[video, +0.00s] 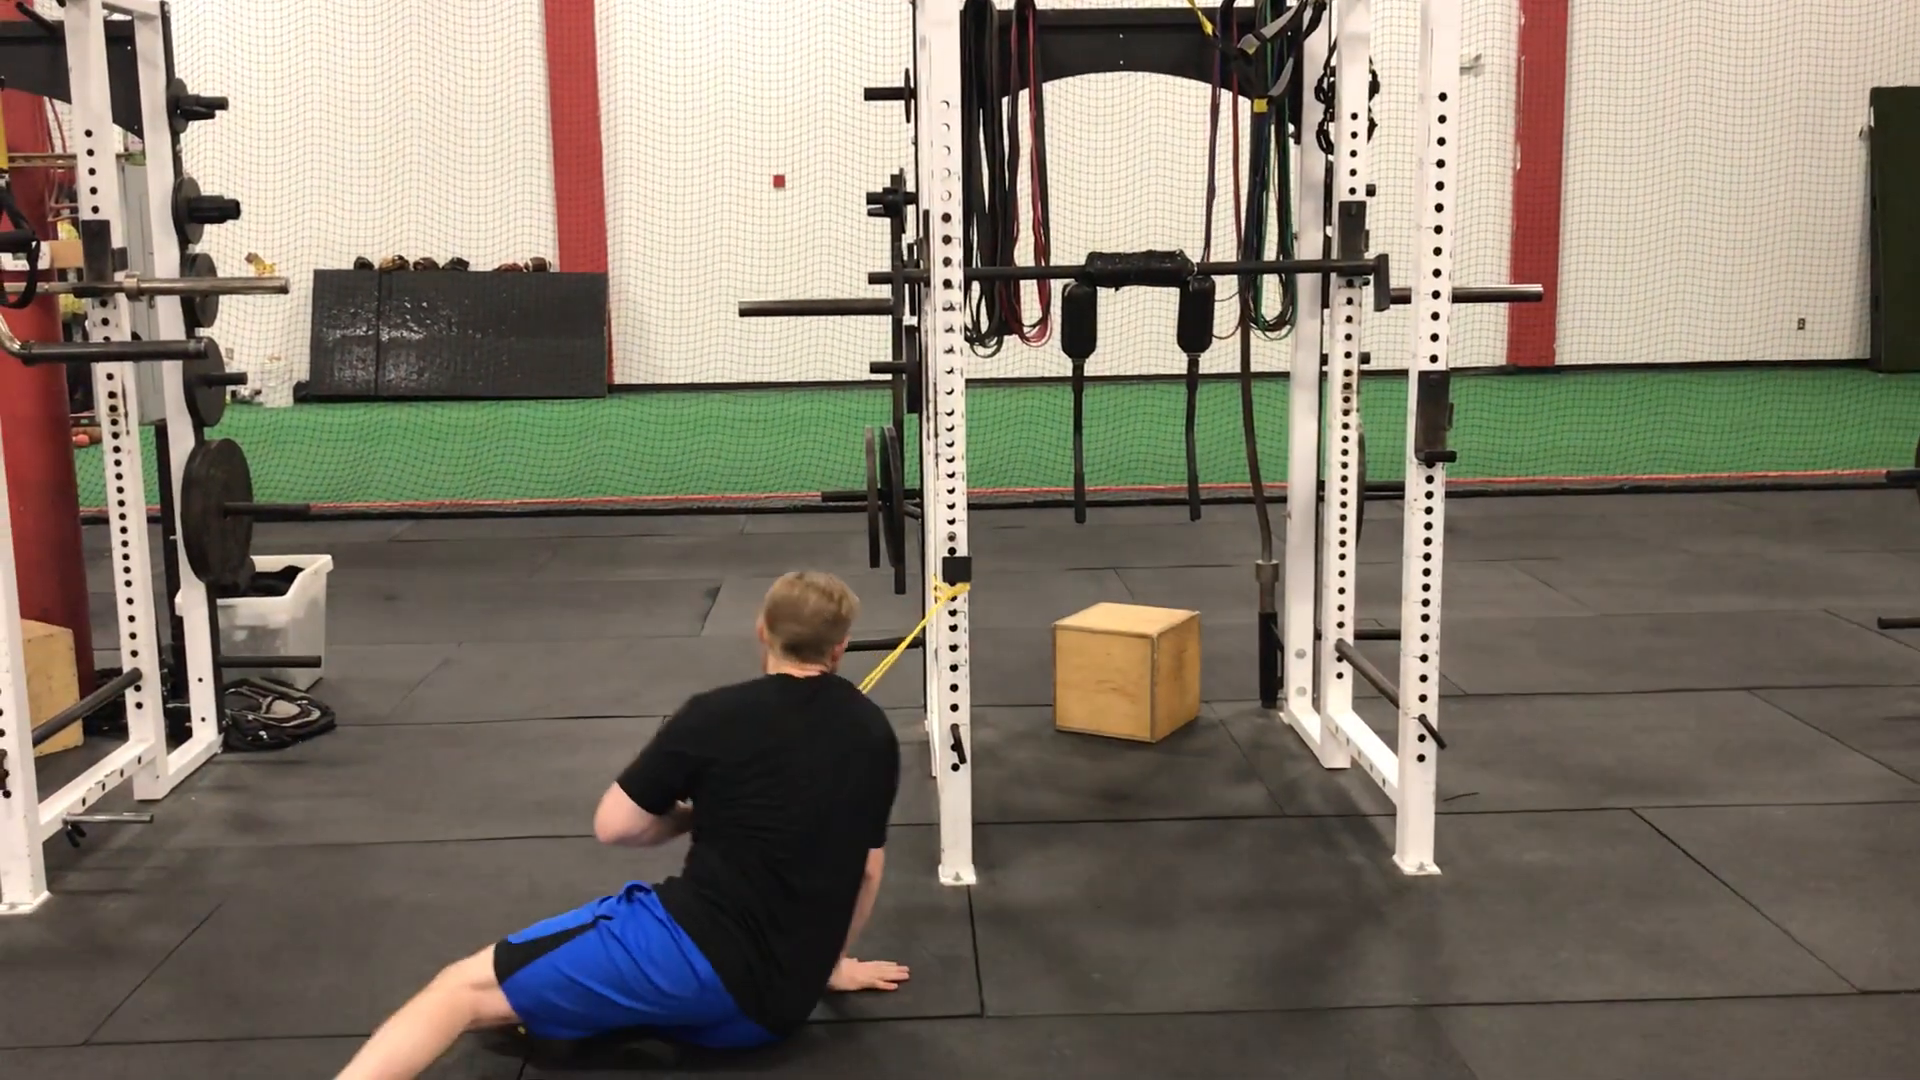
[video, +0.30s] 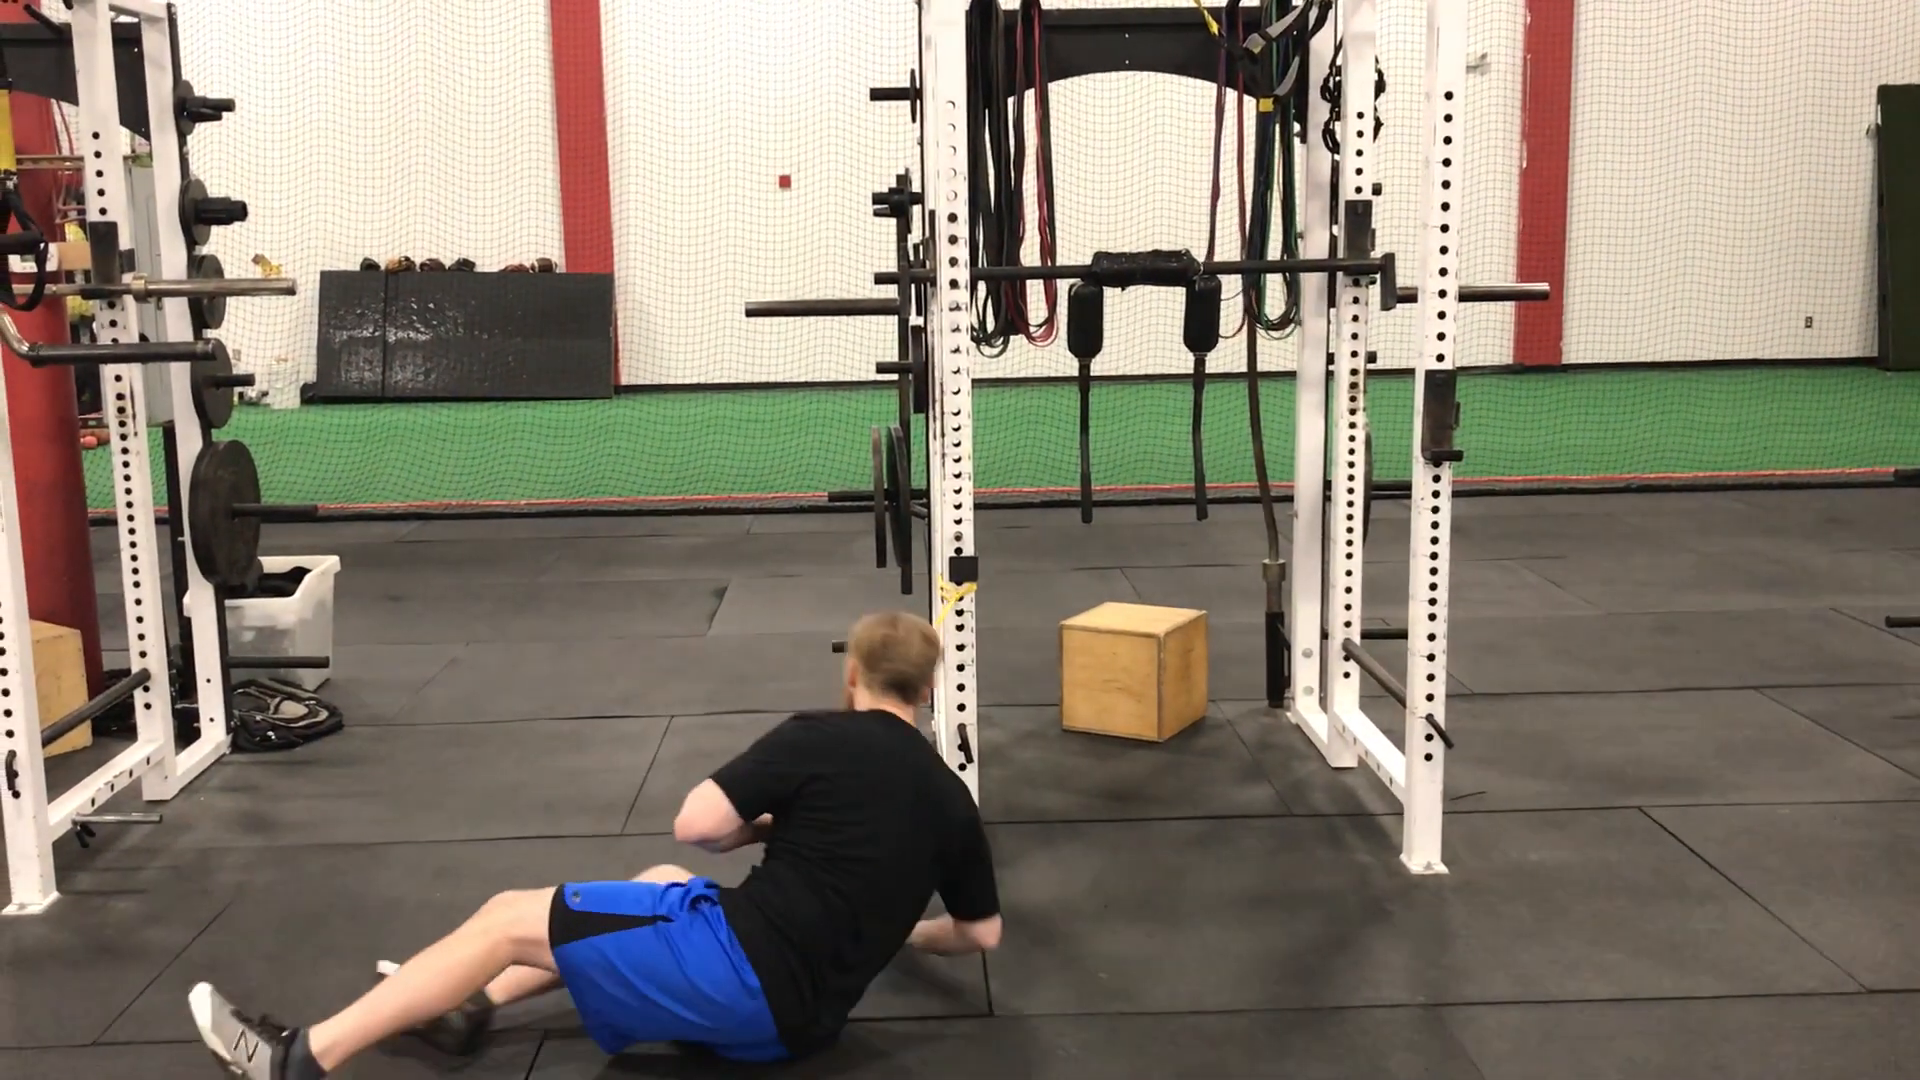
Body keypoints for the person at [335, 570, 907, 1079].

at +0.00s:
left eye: (764, 626)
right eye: (840, 642)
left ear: (761, 635)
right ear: (842, 649)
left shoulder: (718, 715)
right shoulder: (874, 731)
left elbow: (615, 826)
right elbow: (867, 871)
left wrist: (697, 811)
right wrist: (837, 962)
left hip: (686, 950)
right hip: (773, 1003)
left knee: (463, 987)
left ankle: (357, 1071)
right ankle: (523, 1013)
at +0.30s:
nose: (843, 681)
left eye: (845, 671)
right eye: (859, 676)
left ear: (853, 676)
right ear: (932, 695)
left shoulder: (814, 737)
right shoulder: (952, 796)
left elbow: (697, 826)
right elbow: (979, 937)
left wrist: (766, 827)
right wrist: (895, 924)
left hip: (730, 957)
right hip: (794, 1015)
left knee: (506, 920)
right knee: (666, 885)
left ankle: (304, 1054)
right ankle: (472, 1002)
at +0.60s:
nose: (922, 711)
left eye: (930, 705)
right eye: (937, 708)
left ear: (938, 718)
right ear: (996, 763)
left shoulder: (890, 749)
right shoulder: (980, 850)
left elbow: (750, 742)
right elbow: (1000, 994)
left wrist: (820, 825)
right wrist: (953, 929)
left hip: (752, 969)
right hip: (789, 1010)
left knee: (548, 867)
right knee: (580, 922)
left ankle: (372, 1042)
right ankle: (413, 995)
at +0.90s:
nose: (924, 717)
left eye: (932, 712)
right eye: (939, 715)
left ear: (938, 727)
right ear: (994, 784)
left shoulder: (875, 745)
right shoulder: (968, 883)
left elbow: (754, 691)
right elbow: (1011, 999)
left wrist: (789, 782)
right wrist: (963, 939)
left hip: (697, 966)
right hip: (747, 1026)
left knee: (497, 851)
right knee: (605, 845)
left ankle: (378, 1056)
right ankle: (426, 1001)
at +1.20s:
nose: (873, 746)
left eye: (881, 738)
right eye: (884, 738)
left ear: (892, 750)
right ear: (957, 788)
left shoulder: (850, 798)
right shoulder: (948, 894)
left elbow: (706, 795)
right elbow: (995, 996)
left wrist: (766, 832)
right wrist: (930, 937)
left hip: (670, 995)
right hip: (722, 1032)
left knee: (476, 860)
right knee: (577, 838)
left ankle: (362, 1063)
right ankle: (415, 1003)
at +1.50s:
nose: (918, 788)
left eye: (927, 780)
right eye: (928, 779)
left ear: (939, 800)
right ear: (985, 824)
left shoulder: (913, 883)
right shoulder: (948, 887)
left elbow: (779, 898)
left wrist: (811, 859)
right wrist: (820, 873)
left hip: (712, 1025)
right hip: (737, 986)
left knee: (521, 860)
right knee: (583, 840)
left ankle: (385, 1051)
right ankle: (419, 1001)